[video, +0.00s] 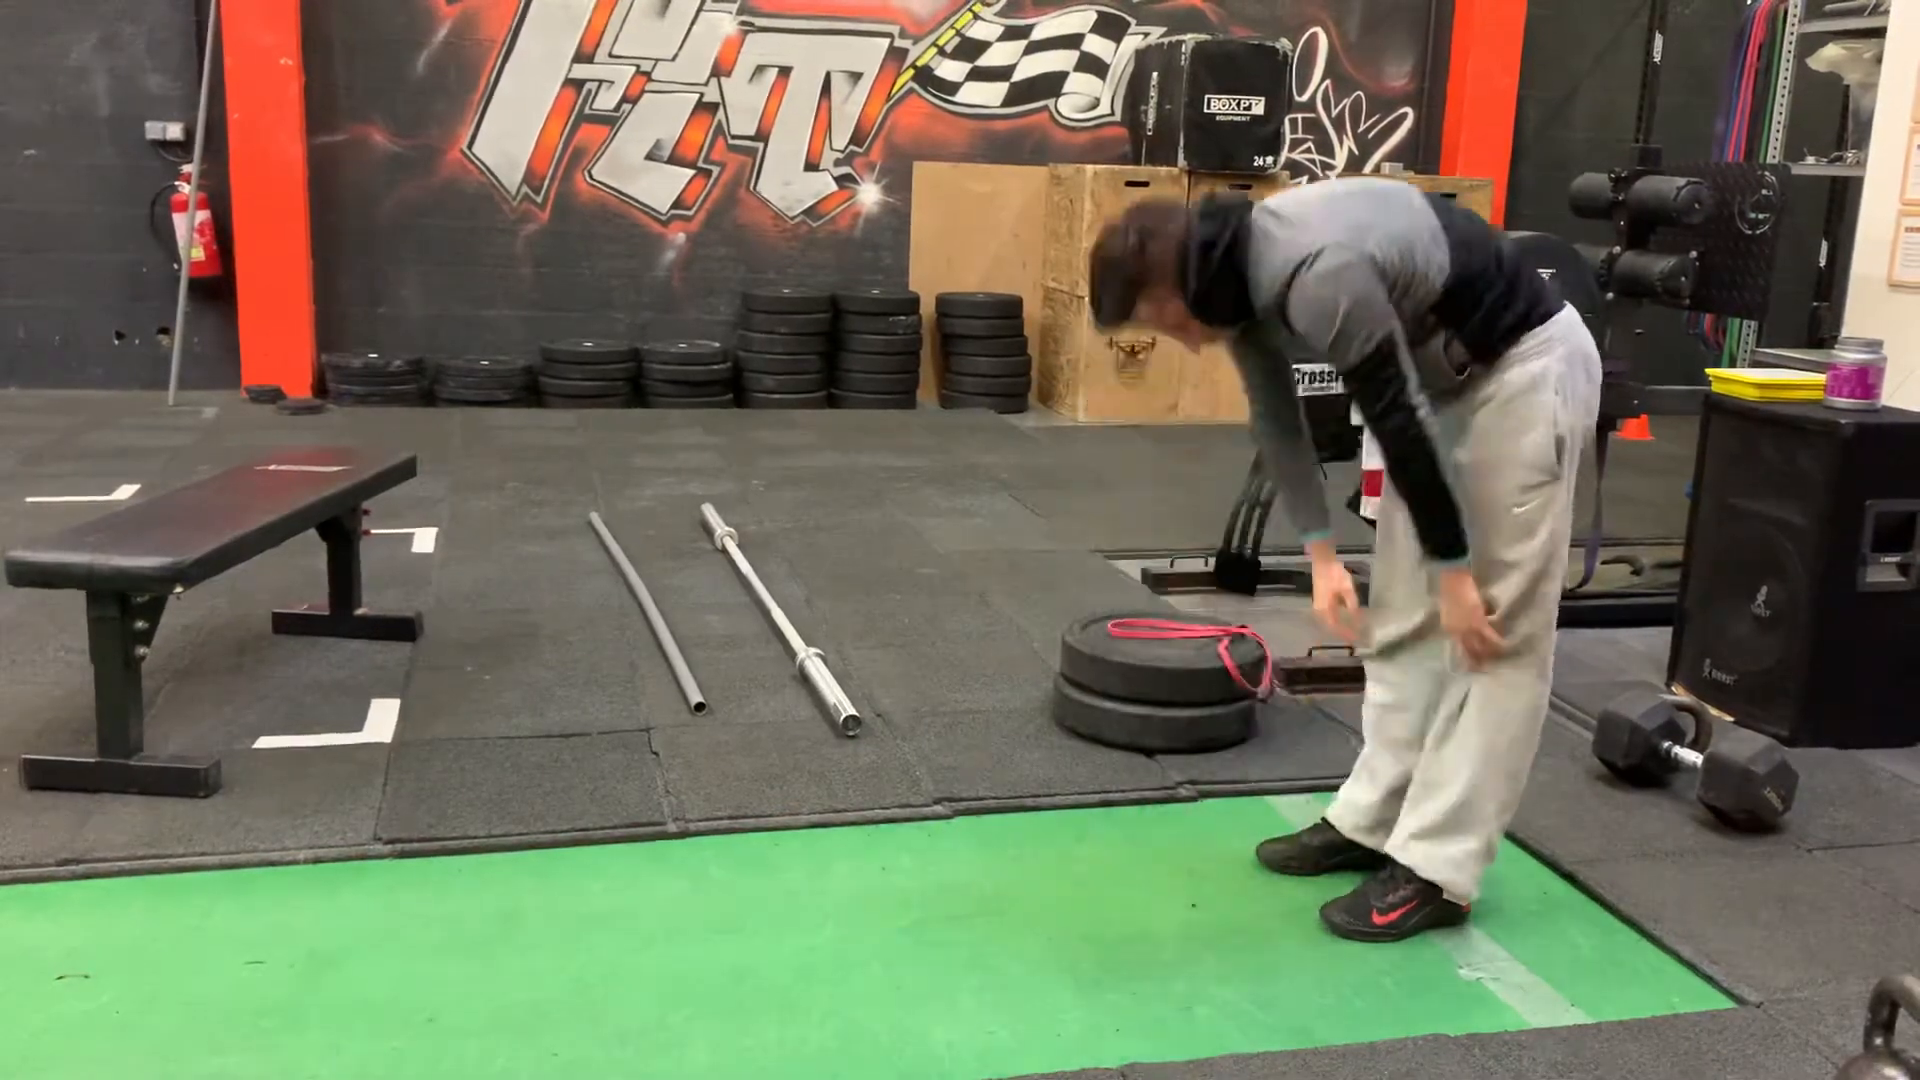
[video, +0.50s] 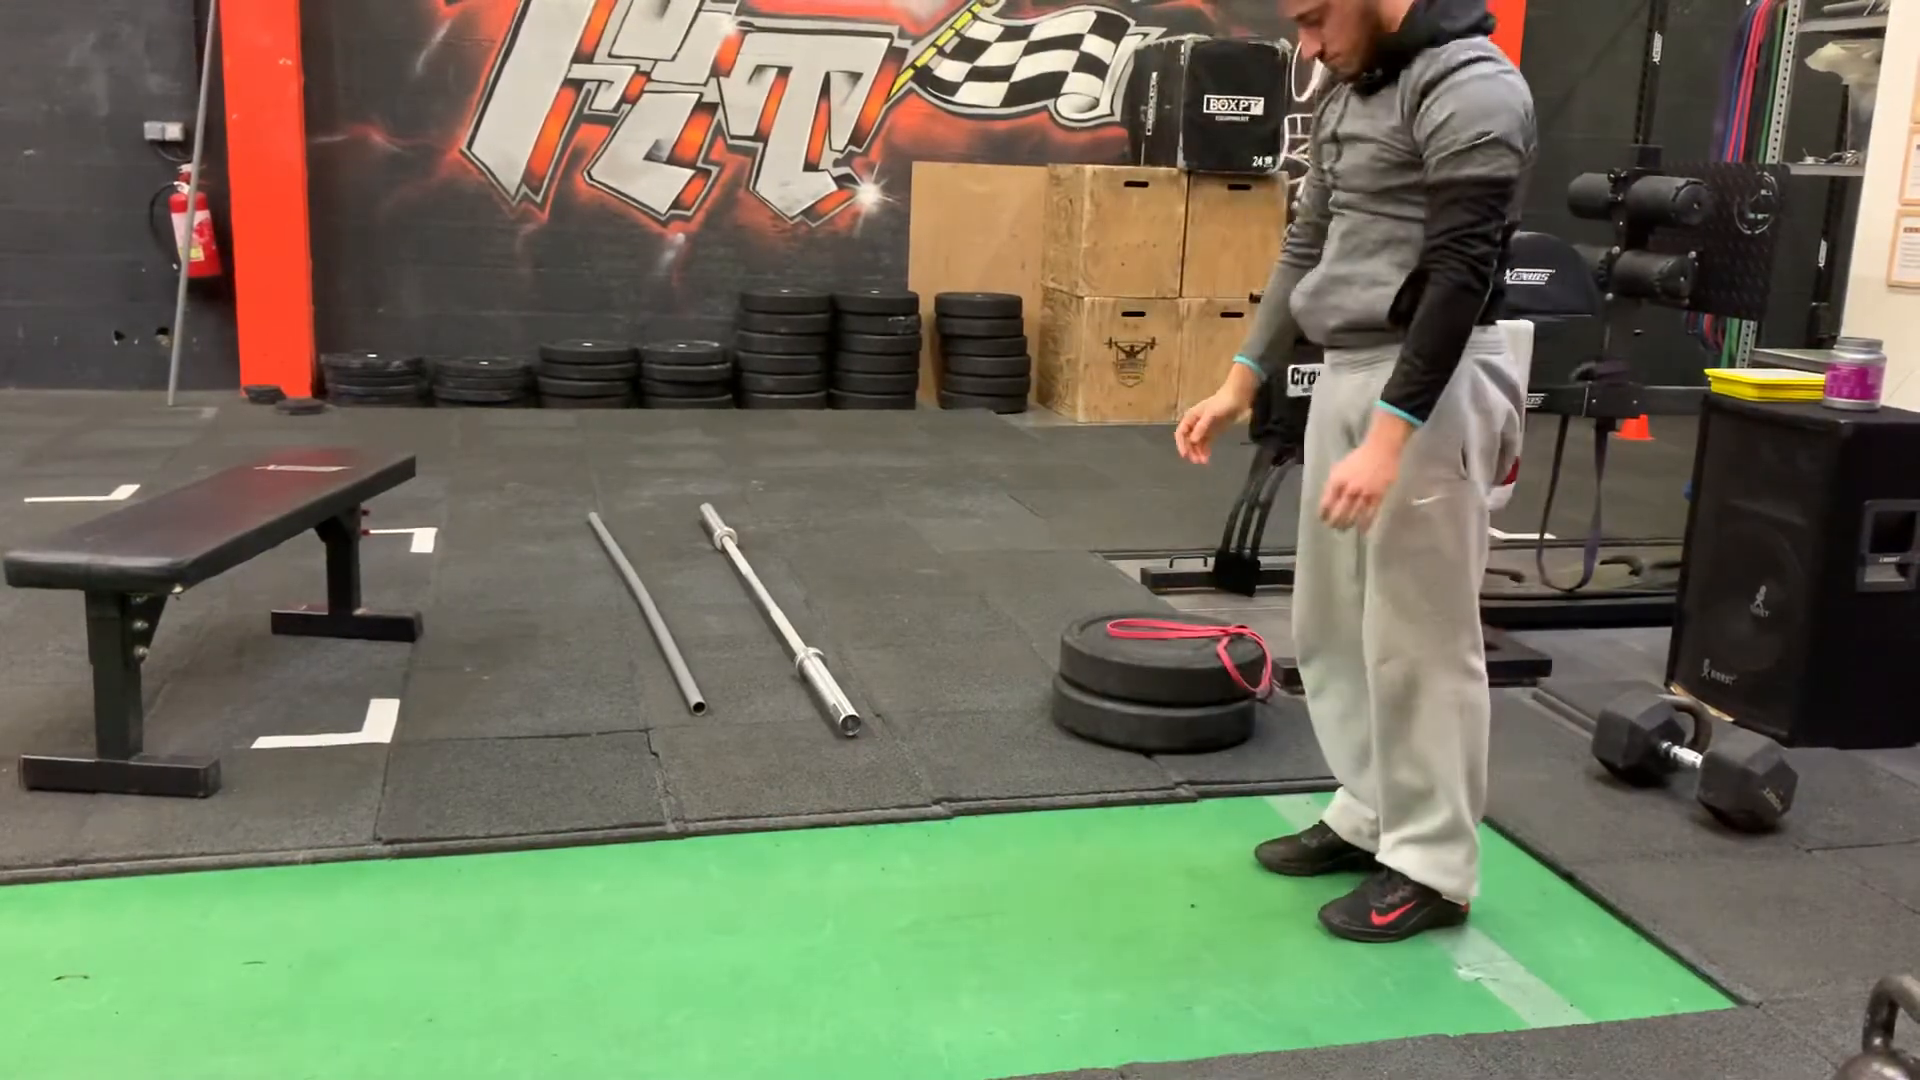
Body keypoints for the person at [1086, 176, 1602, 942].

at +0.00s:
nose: (1169, 340)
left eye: (1158, 323)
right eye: (1154, 330)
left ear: (1179, 285)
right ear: (1179, 284)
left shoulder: (1325, 273)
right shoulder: (1237, 282)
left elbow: (1401, 422)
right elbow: (1280, 426)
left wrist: (1452, 570)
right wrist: (1322, 556)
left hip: (1524, 369)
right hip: (1428, 384)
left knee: (1497, 626)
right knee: (1404, 615)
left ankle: (1440, 867)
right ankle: (1373, 817)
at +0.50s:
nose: (1307, 45)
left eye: (1317, 21)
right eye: (1297, 28)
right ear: (1313, 21)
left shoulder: (1474, 91)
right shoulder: (1347, 87)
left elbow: (1462, 274)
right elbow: (1307, 241)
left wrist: (1389, 436)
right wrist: (1243, 377)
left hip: (1431, 383)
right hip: (1344, 376)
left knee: (1422, 633)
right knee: (1335, 619)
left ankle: (1434, 864)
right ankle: (1368, 813)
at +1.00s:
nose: (1203, 181)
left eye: (1202, 158)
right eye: (1187, 168)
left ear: (1251, 101)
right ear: (1244, 104)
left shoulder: (1385, 151)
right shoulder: (1271, 159)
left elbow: (1427, 327)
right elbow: (1295, 310)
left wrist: (1414, 492)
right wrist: (1306, 458)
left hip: (1483, 374)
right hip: (1383, 375)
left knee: (1452, 623)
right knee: (1358, 606)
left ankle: (1433, 864)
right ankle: (1367, 813)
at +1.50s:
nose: (1183, 471)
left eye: (1171, 459)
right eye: (1167, 467)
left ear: (1181, 419)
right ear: (1165, 405)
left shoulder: (1308, 376)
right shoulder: (1215, 366)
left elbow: (1376, 539)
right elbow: (1286, 503)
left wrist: (1428, 688)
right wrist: (1338, 624)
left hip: (1532, 377)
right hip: (1424, 396)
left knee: (1495, 634)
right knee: (1402, 612)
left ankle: (1435, 871)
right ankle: (1369, 819)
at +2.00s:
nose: (1184, 626)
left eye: (1177, 617)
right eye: (1173, 625)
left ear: (1177, 571)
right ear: (1151, 551)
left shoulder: (1257, 523)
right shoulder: (1180, 488)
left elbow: (1286, 697)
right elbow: (1212, 641)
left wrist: (1295, 866)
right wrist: (1225, 788)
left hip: (1505, 371)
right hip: (1413, 376)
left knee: (1475, 644)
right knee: (1398, 628)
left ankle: (1436, 871)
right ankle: (1365, 826)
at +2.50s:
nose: (1166, 693)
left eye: (1155, 688)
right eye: (1155, 693)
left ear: (1129, 649)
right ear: (1114, 626)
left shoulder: (1191, 600)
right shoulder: (1136, 563)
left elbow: (1204, 759)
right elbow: (1208, 693)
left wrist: (1167, 922)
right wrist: (1211, 830)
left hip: (1422, 365)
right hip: (1344, 367)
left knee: (1432, 634)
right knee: (1358, 627)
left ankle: (1431, 870)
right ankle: (1363, 823)